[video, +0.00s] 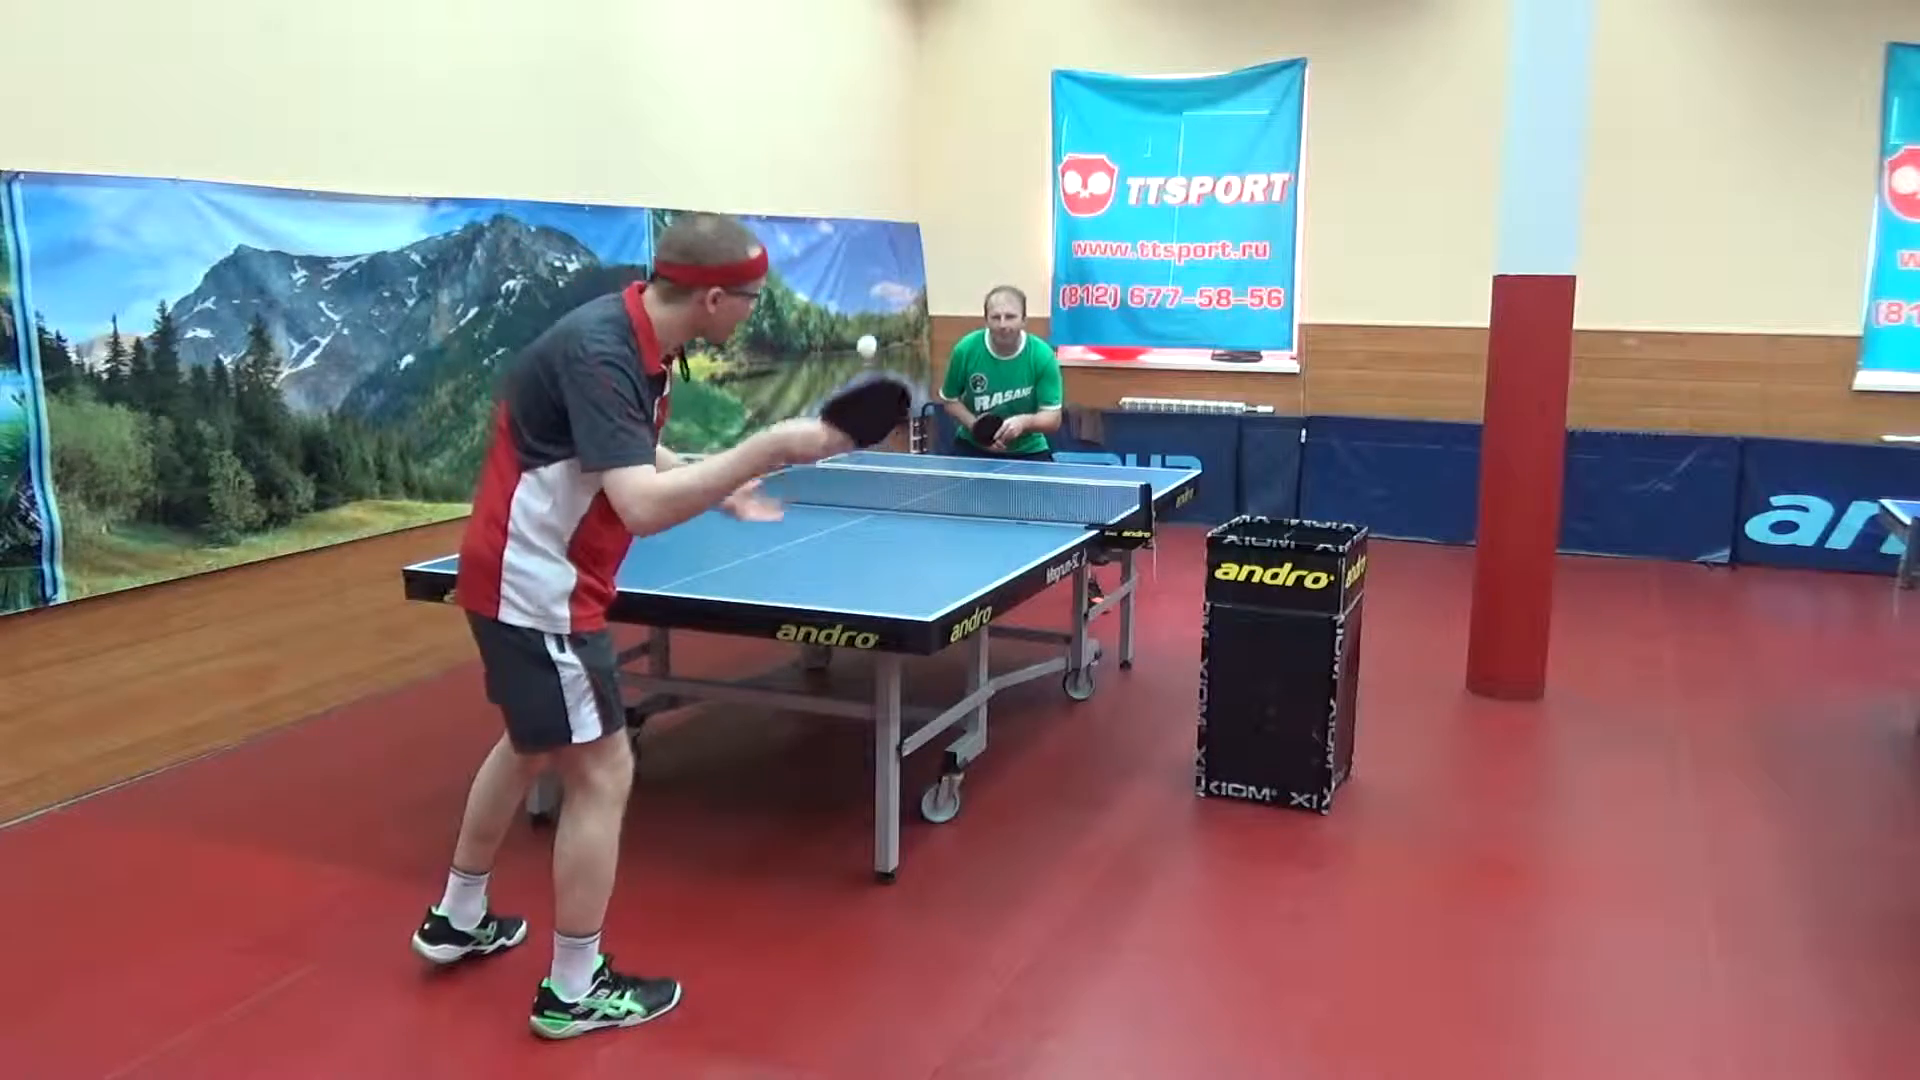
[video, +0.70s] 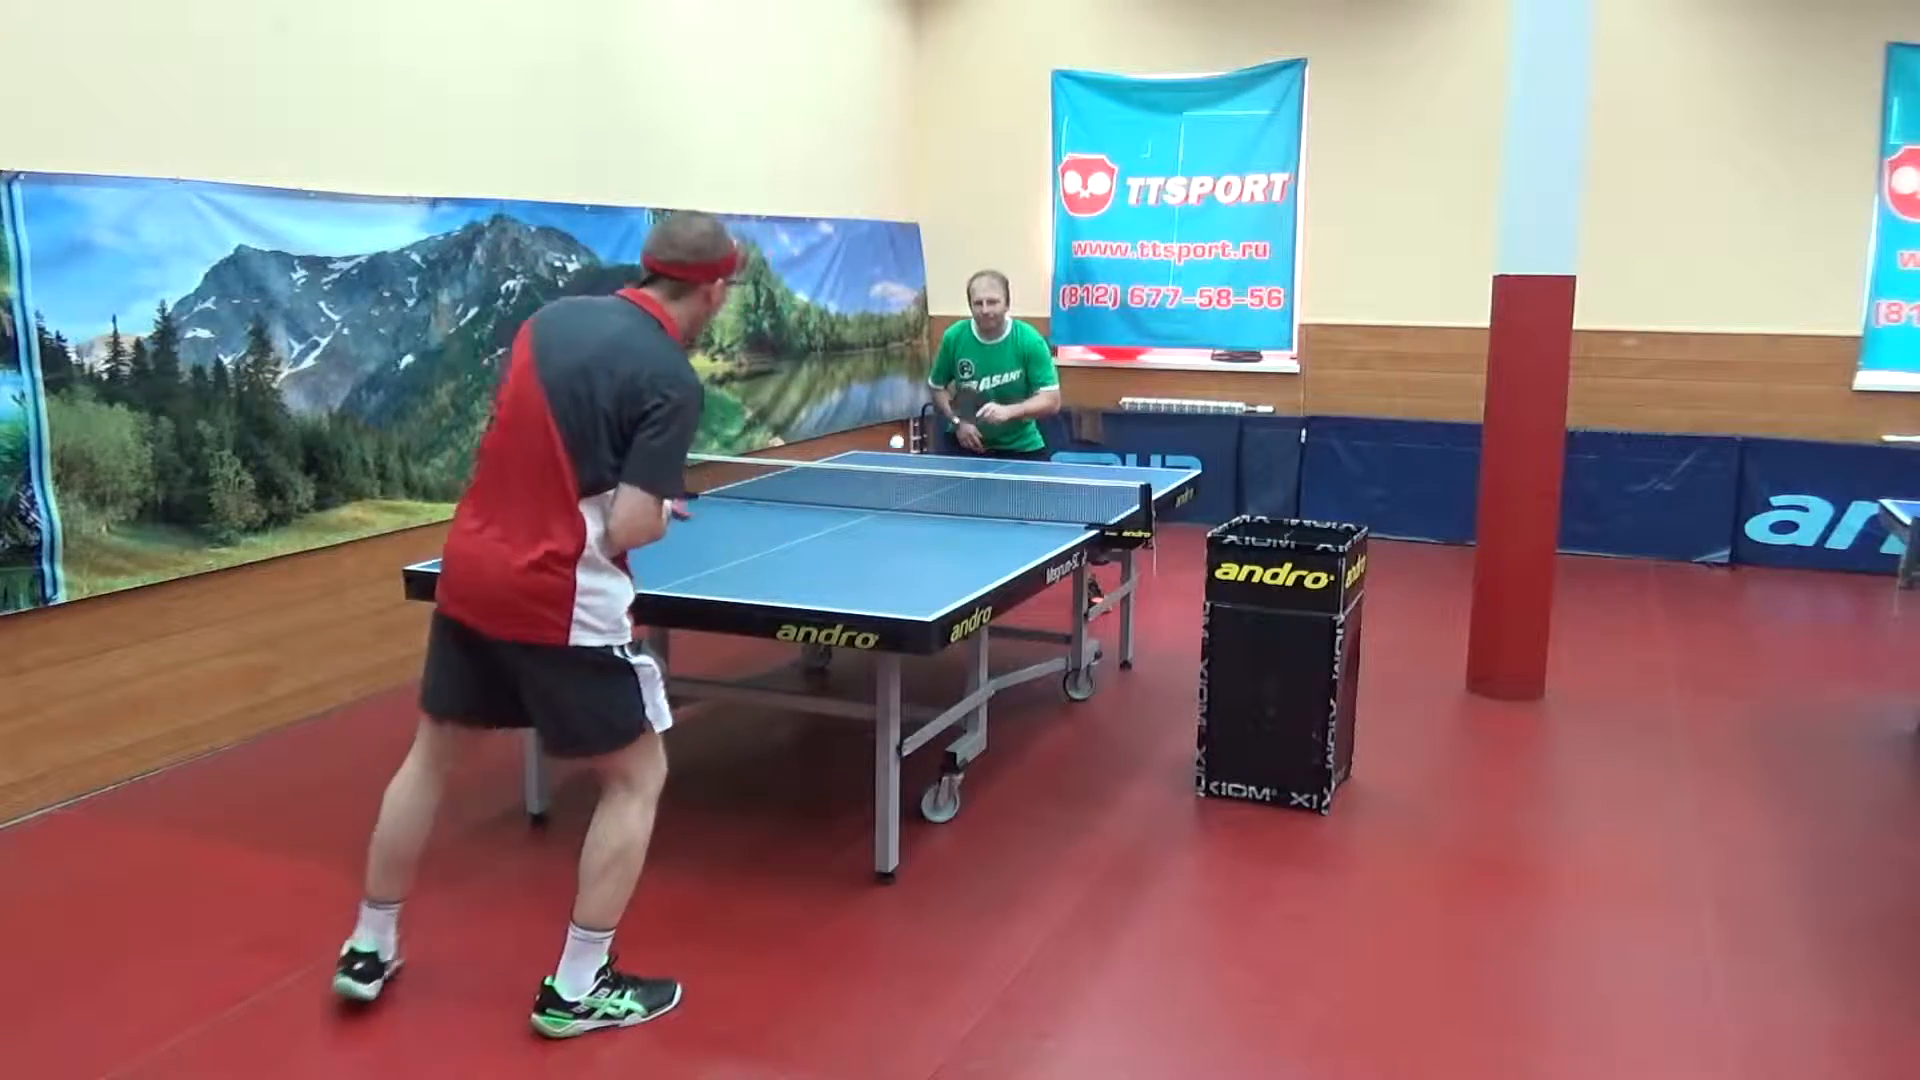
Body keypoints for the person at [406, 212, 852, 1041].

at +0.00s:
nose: (748, 310)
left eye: (750, 296)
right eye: (746, 296)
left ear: (689, 284)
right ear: (709, 296)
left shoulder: (641, 339)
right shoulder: (599, 351)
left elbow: (637, 452)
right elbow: (640, 507)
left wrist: (721, 487)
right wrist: (769, 448)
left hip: (534, 580)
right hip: (534, 595)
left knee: (524, 744)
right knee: (604, 772)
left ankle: (457, 917)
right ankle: (572, 987)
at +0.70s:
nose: (726, 305)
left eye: (729, 291)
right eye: (728, 291)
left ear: (648, 271)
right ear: (711, 289)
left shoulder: (552, 319)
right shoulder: (670, 379)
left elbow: (523, 445)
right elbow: (629, 529)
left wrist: (629, 484)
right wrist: (656, 508)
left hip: (467, 582)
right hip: (562, 602)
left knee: (430, 754)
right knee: (636, 773)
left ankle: (368, 951)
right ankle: (579, 983)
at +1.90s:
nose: (596, 327)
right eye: (597, 316)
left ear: (512, 317)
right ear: (590, 318)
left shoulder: (470, 385)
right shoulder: (634, 377)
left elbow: (447, 538)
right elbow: (720, 446)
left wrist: (413, 642)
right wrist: (747, 464)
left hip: (496, 619)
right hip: (620, 617)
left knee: (412, 785)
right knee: (644, 769)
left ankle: (339, 990)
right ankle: (635, 964)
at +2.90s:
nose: (546, 324)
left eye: (544, 309)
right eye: (544, 310)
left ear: (456, 303)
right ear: (525, 311)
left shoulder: (359, 373)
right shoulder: (529, 387)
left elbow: (312, 536)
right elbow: (642, 510)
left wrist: (367, 607)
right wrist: (613, 524)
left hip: (353, 663)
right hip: (490, 657)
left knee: (289, 852)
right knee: (604, 796)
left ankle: (223, 1065)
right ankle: (669, 974)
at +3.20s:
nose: (611, 310)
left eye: (607, 302)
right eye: (611, 301)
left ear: (523, 299)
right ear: (601, 299)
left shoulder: (465, 380)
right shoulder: (650, 364)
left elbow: (437, 549)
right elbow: (777, 401)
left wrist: (427, 629)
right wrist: (745, 434)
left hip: (482, 645)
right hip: (614, 645)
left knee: (377, 830)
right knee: (656, 782)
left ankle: (293, 1053)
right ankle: (672, 978)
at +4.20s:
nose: (445, 300)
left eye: (443, 285)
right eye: (444, 284)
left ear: (344, 278)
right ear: (427, 284)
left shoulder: (244, 364)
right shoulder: (448, 374)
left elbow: (192, 544)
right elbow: (534, 536)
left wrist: (225, 646)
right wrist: (520, 568)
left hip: (262, 680)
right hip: (411, 672)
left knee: (219, 890)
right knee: (522, 861)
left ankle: (185, 1076)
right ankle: (577, 1068)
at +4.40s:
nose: (406, 304)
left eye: (402, 290)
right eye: (404, 291)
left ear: (301, 283)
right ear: (389, 288)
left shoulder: (203, 372)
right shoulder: (416, 382)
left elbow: (158, 555)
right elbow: (510, 525)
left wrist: (182, 665)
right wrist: (486, 473)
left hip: (234, 685)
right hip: (386, 676)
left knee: (192, 895)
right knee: (503, 819)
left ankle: (172, 1075)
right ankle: (543, 1048)